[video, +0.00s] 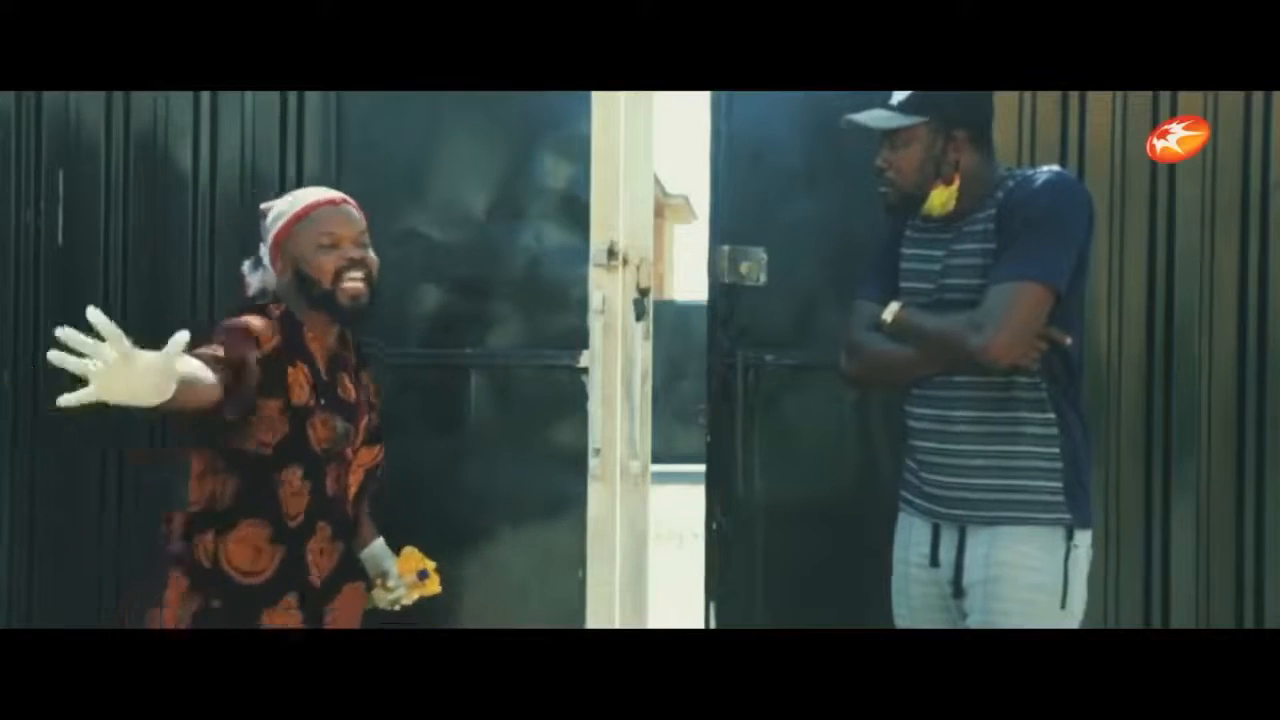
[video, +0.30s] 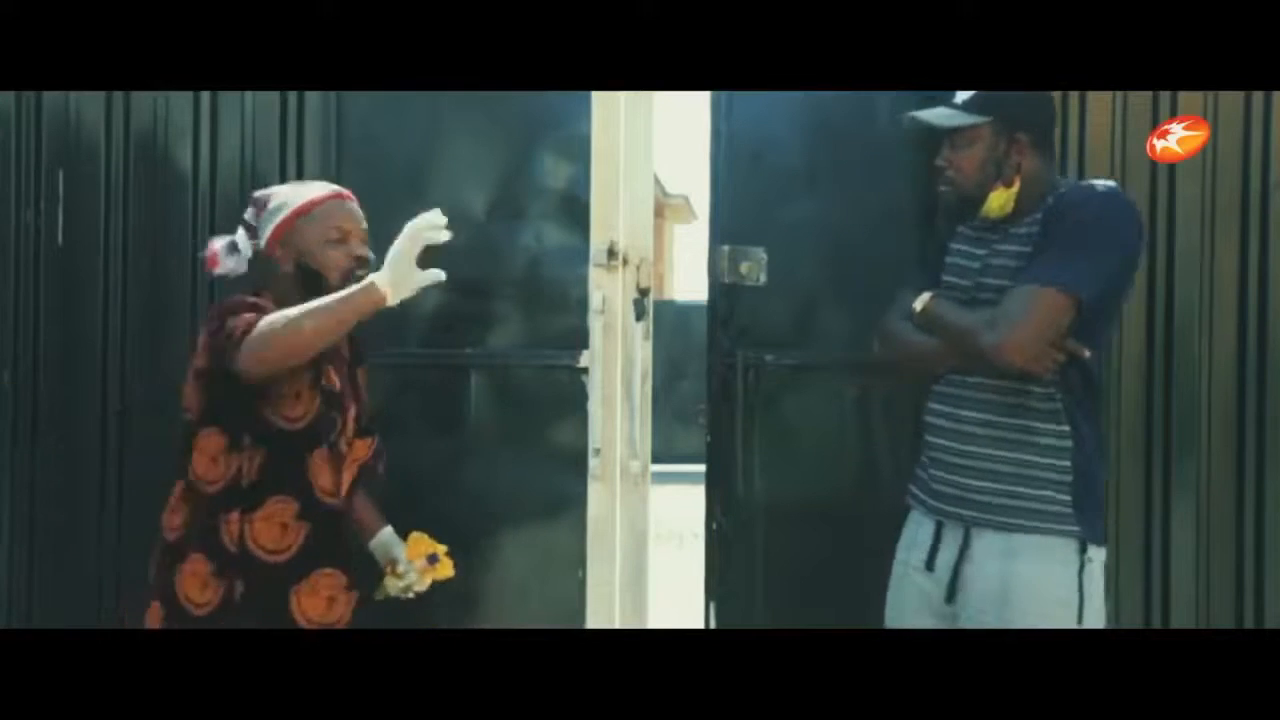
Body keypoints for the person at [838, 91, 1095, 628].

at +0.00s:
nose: (879, 162)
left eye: (896, 144)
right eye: (880, 145)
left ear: (956, 144)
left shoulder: (1048, 195)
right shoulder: (905, 221)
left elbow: (997, 343)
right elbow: (856, 359)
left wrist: (894, 316)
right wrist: (982, 339)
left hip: (1027, 521)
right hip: (923, 511)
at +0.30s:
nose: (941, 159)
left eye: (959, 142)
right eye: (943, 143)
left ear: (1016, 149)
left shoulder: (1097, 210)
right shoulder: (969, 230)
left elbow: (1012, 343)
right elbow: (891, 341)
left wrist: (925, 304)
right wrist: (1001, 342)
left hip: (1038, 536)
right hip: (933, 518)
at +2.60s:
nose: (990, 154)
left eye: (1007, 138)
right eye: (990, 138)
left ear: (1066, 138)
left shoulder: (1162, 190)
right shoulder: (1005, 216)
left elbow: (1095, 328)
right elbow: (940, 342)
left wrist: (984, 300)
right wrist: (1071, 331)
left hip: (1121, 527)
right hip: (1002, 515)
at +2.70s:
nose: (989, 154)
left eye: (1006, 138)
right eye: (989, 138)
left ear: (1066, 138)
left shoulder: (1162, 189)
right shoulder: (1004, 217)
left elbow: (1095, 328)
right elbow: (941, 343)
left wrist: (984, 300)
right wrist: (1072, 331)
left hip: (1121, 528)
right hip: (1003, 516)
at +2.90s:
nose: (988, 155)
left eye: (1005, 139)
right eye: (988, 139)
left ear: (1064, 139)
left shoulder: (1160, 190)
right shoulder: (1005, 216)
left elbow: (1095, 328)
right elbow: (941, 343)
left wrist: (984, 300)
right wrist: (1071, 331)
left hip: (1121, 527)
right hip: (1003, 516)